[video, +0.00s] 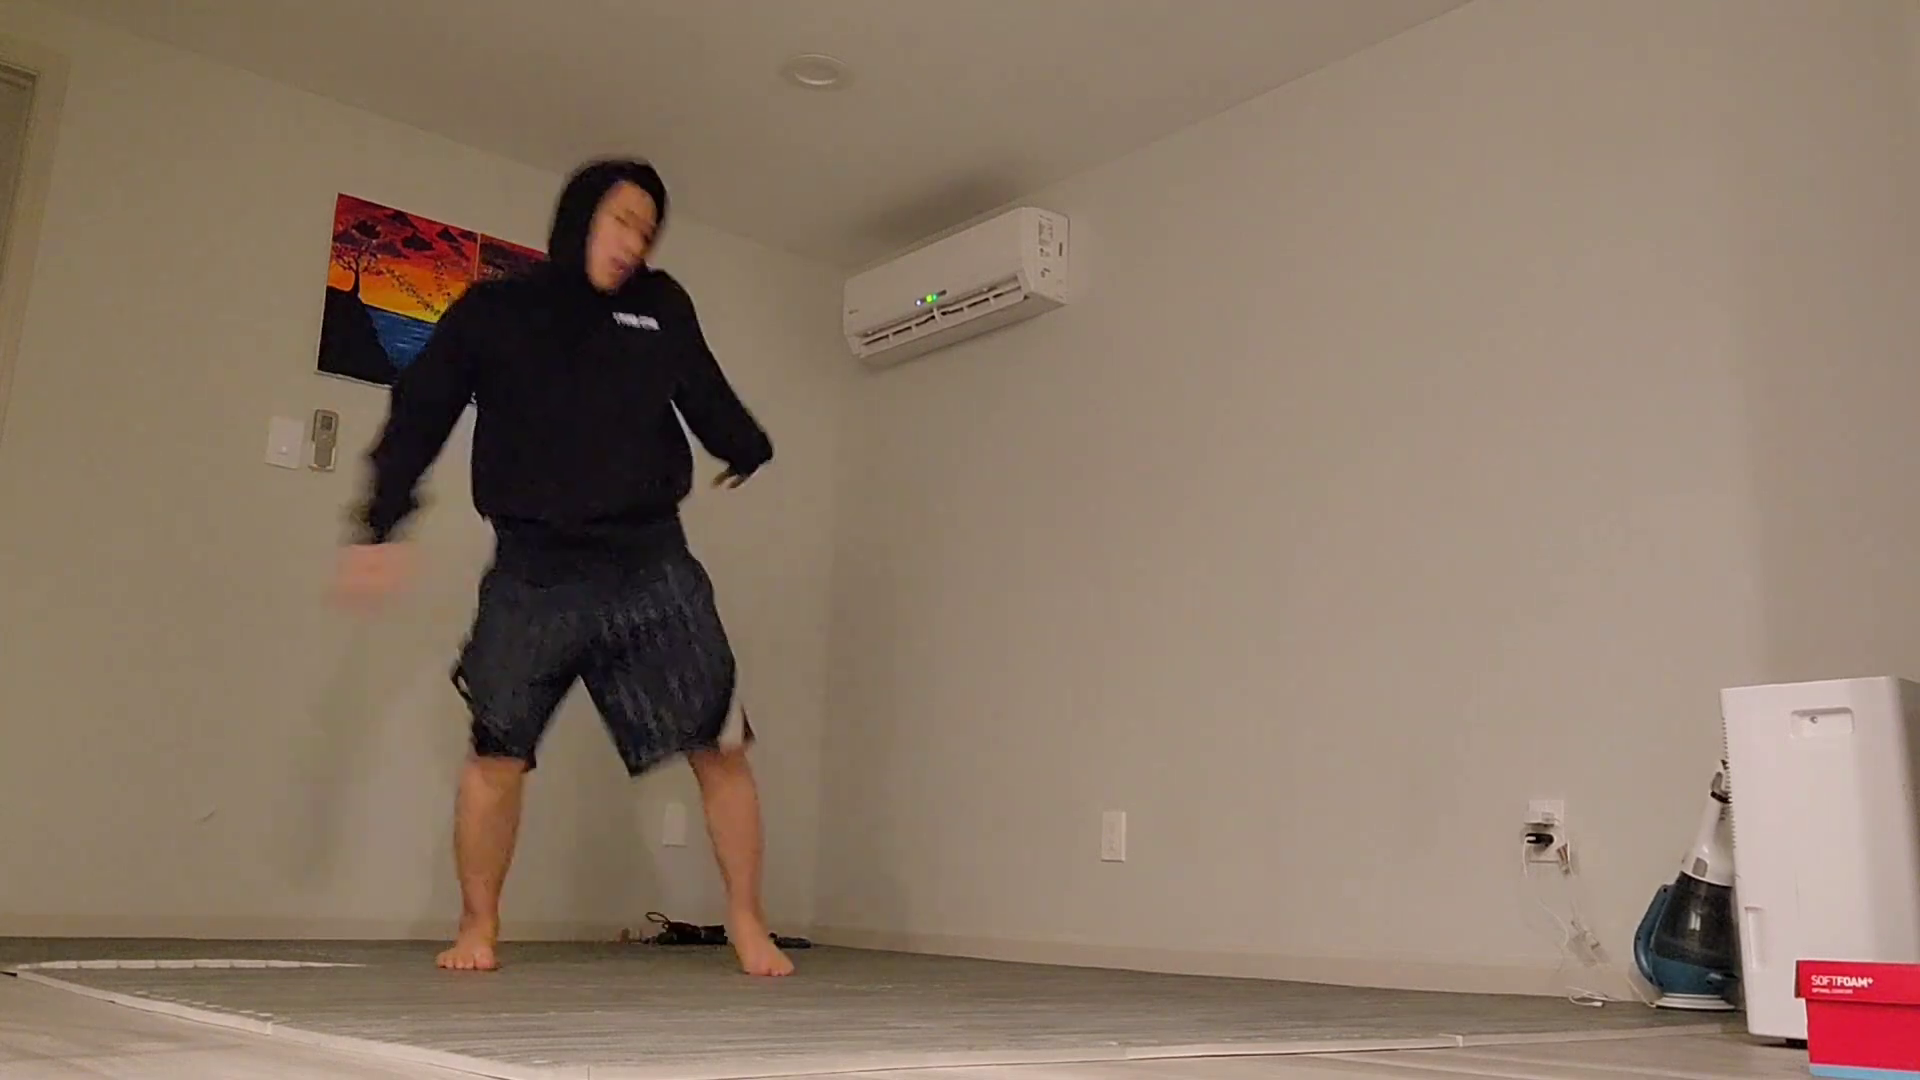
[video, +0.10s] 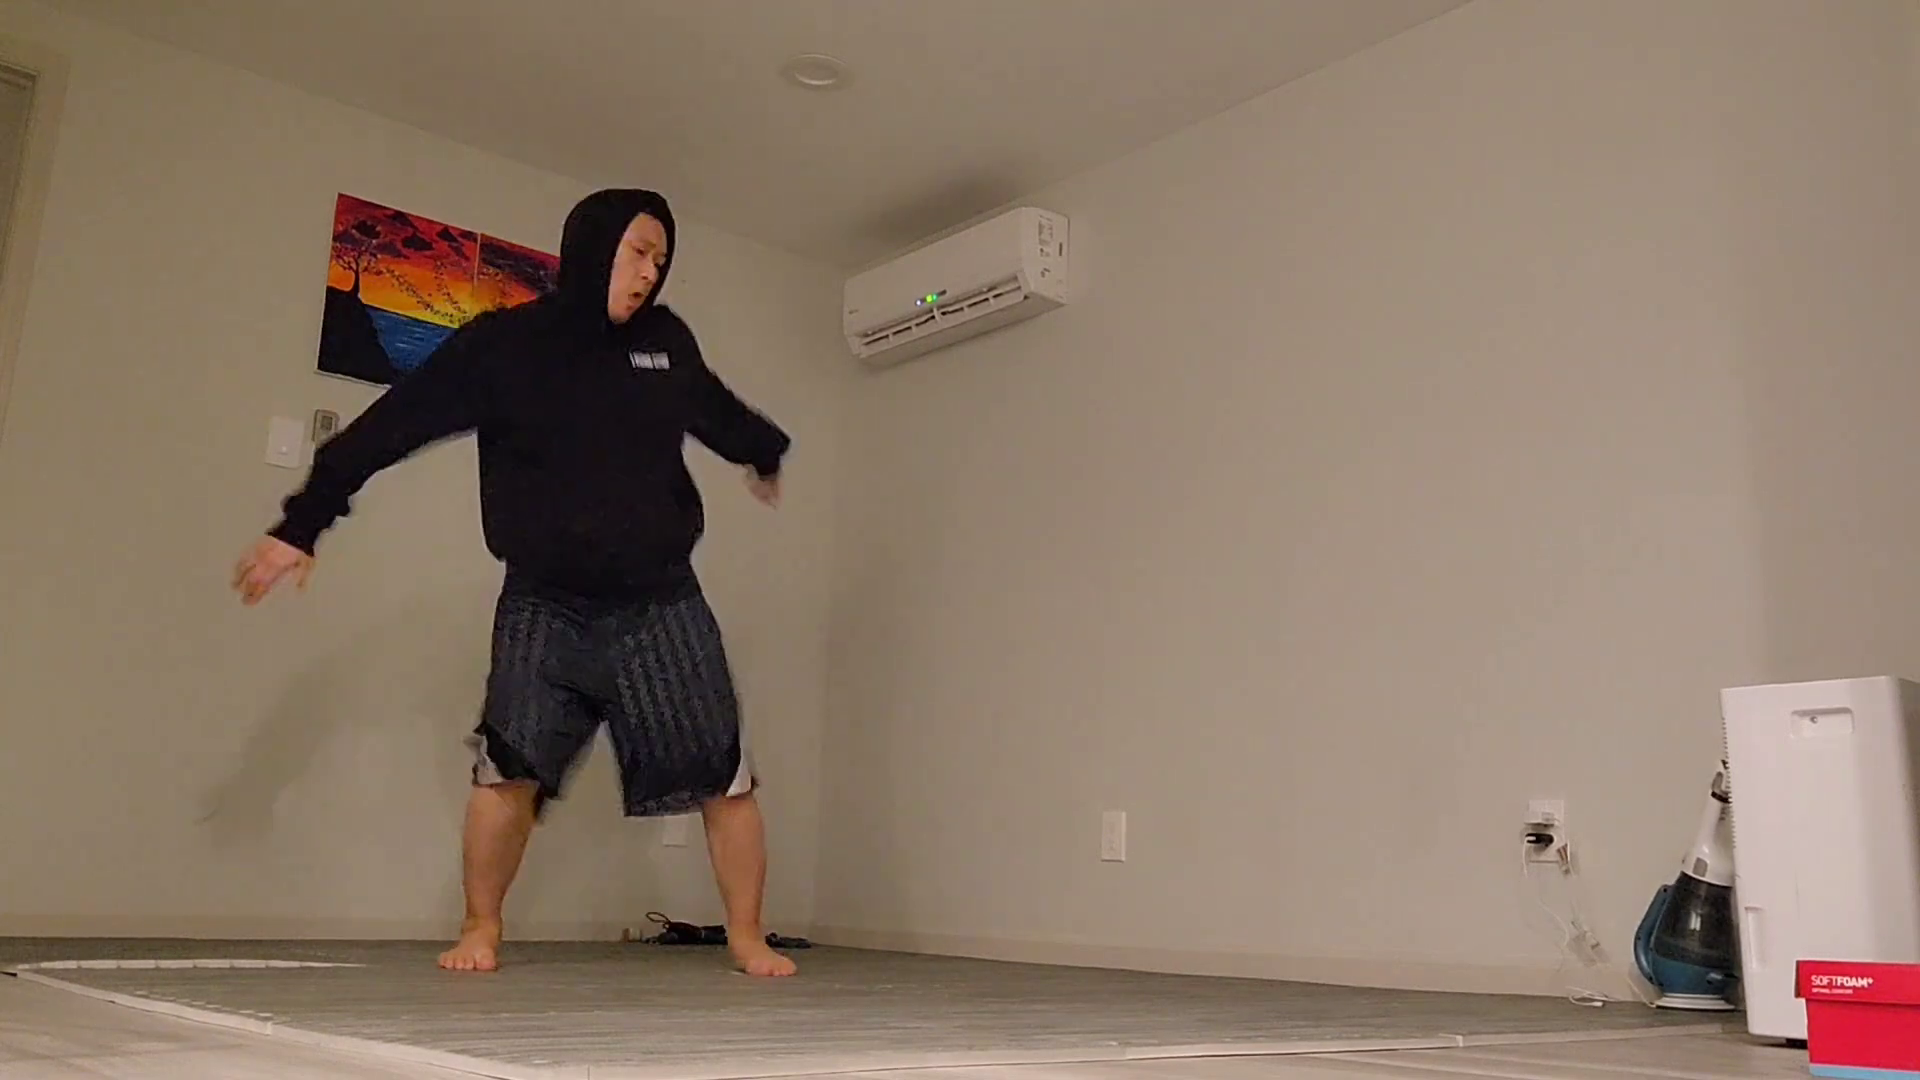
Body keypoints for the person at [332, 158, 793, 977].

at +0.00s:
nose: (631, 242)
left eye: (645, 231)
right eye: (619, 221)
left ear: (652, 242)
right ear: (577, 217)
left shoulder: (660, 307)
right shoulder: (496, 309)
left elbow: (703, 391)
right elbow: (420, 408)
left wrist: (745, 448)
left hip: (650, 559)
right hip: (535, 564)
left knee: (720, 742)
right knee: (497, 752)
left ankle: (747, 922)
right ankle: (478, 926)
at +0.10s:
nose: (647, 271)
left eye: (658, 259)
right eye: (637, 251)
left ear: (661, 268)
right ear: (590, 246)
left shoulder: (665, 344)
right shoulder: (504, 344)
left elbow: (715, 410)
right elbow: (388, 424)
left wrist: (765, 450)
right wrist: (301, 522)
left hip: (662, 598)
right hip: (545, 601)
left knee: (725, 772)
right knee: (508, 770)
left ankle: (748, 936)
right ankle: (481, 927)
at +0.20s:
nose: (647, 248)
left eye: (657, 234)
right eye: (634, 228)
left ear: (663, 243)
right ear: (588, 226)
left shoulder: (665, 329)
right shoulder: (508, 319)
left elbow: (716, 420)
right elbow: (402, 403)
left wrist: (781, 498)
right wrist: (318, 501)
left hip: (663, 575)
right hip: (551, 574)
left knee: (713, 753)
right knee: (524, 759)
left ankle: (720, 926)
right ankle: (483, 925)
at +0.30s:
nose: (646, 220)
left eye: (658, 208)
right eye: (634, 200)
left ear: (666, 217)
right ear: (591, 195)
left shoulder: (667, 299)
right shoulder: (514, 273)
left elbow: (705, 382)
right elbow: (414, 347)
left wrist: (737, 439)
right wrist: (349, 425)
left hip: (665, 527)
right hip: (568, 522)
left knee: (689, 716)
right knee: (567, 714)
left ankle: (650, 911)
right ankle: (517, 898)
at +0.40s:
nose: (656, 230)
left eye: (670, 220)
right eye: (644, 210)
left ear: (678, 231)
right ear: (605, 203)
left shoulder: (673, 295)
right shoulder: (532, 264)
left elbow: (705, 355)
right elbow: (435, 305)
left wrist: (649, 353)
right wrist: (382, 352)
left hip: (661, 524)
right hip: (570, 515)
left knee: (665, 715)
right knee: (610, 696)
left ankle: (608, 909)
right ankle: (622, 902)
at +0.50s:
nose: (653, 258)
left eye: (675, 252)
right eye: (648, 240)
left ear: (687, 268)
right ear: (615, 240)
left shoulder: (679, 326)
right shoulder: (542, 295)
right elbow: (449, 296)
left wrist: (644, 250)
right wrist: (437, 313)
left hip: (642, 546)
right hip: (548, 536)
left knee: (651, 745)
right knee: (613, 715)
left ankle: (590, 930)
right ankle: (663, 913)